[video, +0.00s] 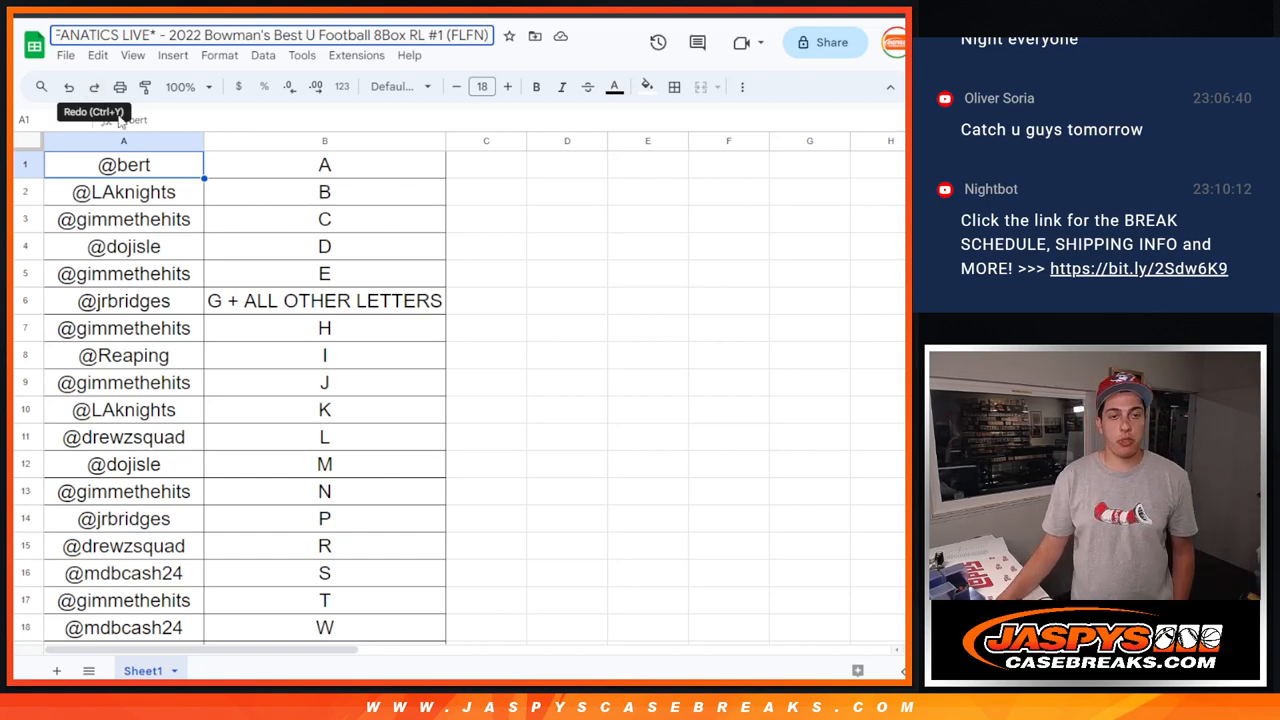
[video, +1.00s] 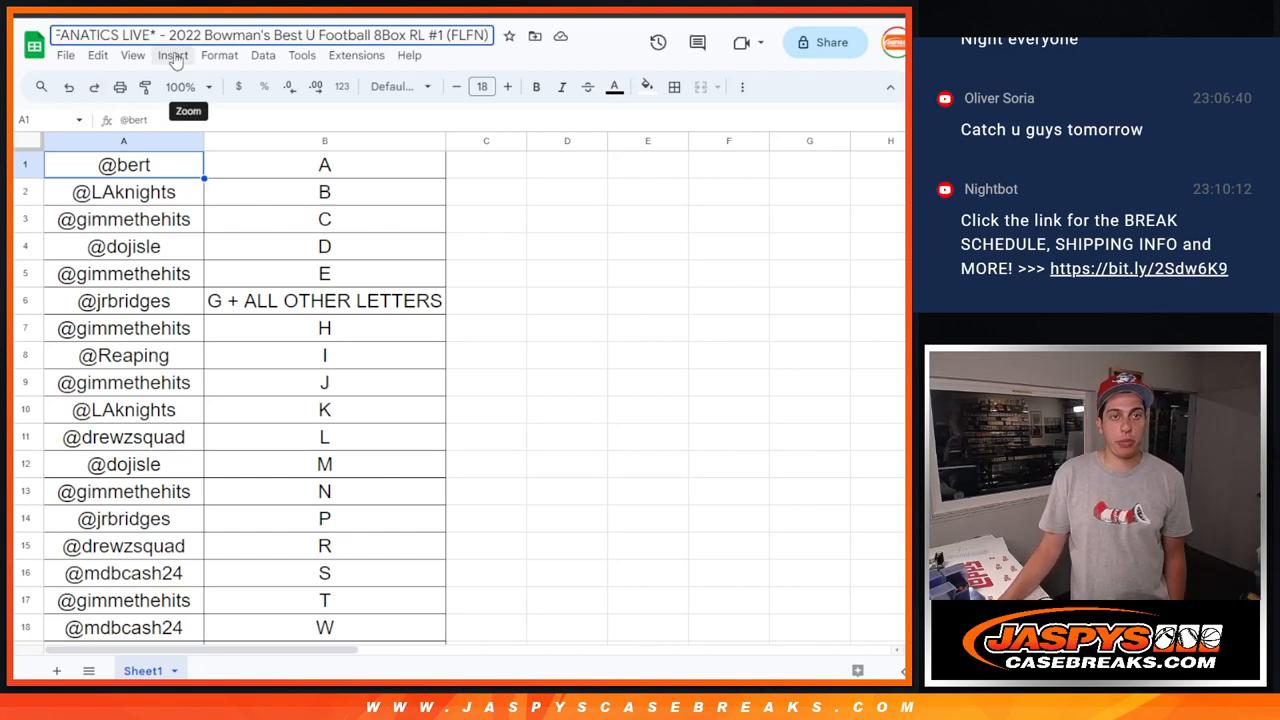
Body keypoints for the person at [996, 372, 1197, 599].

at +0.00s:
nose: (1125, 426)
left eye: (1135, 415)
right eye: (1114, 415)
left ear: (1145, 420)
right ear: (1099, 424)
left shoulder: (1173, 478)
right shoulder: (1073, 477)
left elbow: (1183, 551)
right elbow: (1050, 548)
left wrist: (1179, 604)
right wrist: (1006, 598)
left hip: (1153, 603)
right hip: (1089, 607)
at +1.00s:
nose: (1126, 427)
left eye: (1136, 415)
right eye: (1115, 416)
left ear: (1146, 421)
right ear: (1100, 424)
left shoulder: (1169, 479)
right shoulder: (1071, 475)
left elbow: (1175, 554)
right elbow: (1049, 548)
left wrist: (1175, 603)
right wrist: (1006, 600)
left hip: (1149, 602)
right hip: (1087, 603)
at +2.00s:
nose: (1126, 429)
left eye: (1136, 416)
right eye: (1114, 418)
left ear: (1147, 420)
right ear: (1100, 425)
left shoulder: (1173, 480)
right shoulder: (1073, 477)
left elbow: (1179, 555)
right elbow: (1049, 550)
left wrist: (1179, 608)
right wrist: (1005, 601)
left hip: (1153, 607)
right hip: (1090, 607)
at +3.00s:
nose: (1129, 427)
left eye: (1138, 415)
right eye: (1117, 416)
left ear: (1150, 421)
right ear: (1102, 424)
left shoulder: (1174, 480)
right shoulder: (1074, 476)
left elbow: (1179, 557)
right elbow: (1051, 548)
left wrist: (1180, 612)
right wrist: (1005, 601)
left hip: (1152, 607)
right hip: (1090, 607)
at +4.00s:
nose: (1127, 428)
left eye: (1137, 415)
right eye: (1115, 416)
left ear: (1149, 421)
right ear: (1101, 425)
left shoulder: (1175, 481)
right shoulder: (1073, 476)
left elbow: (1179, 557)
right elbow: (1051, 549)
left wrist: (1180, 611)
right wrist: (1007, 599)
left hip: (1153, 607)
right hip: (1090, 607)